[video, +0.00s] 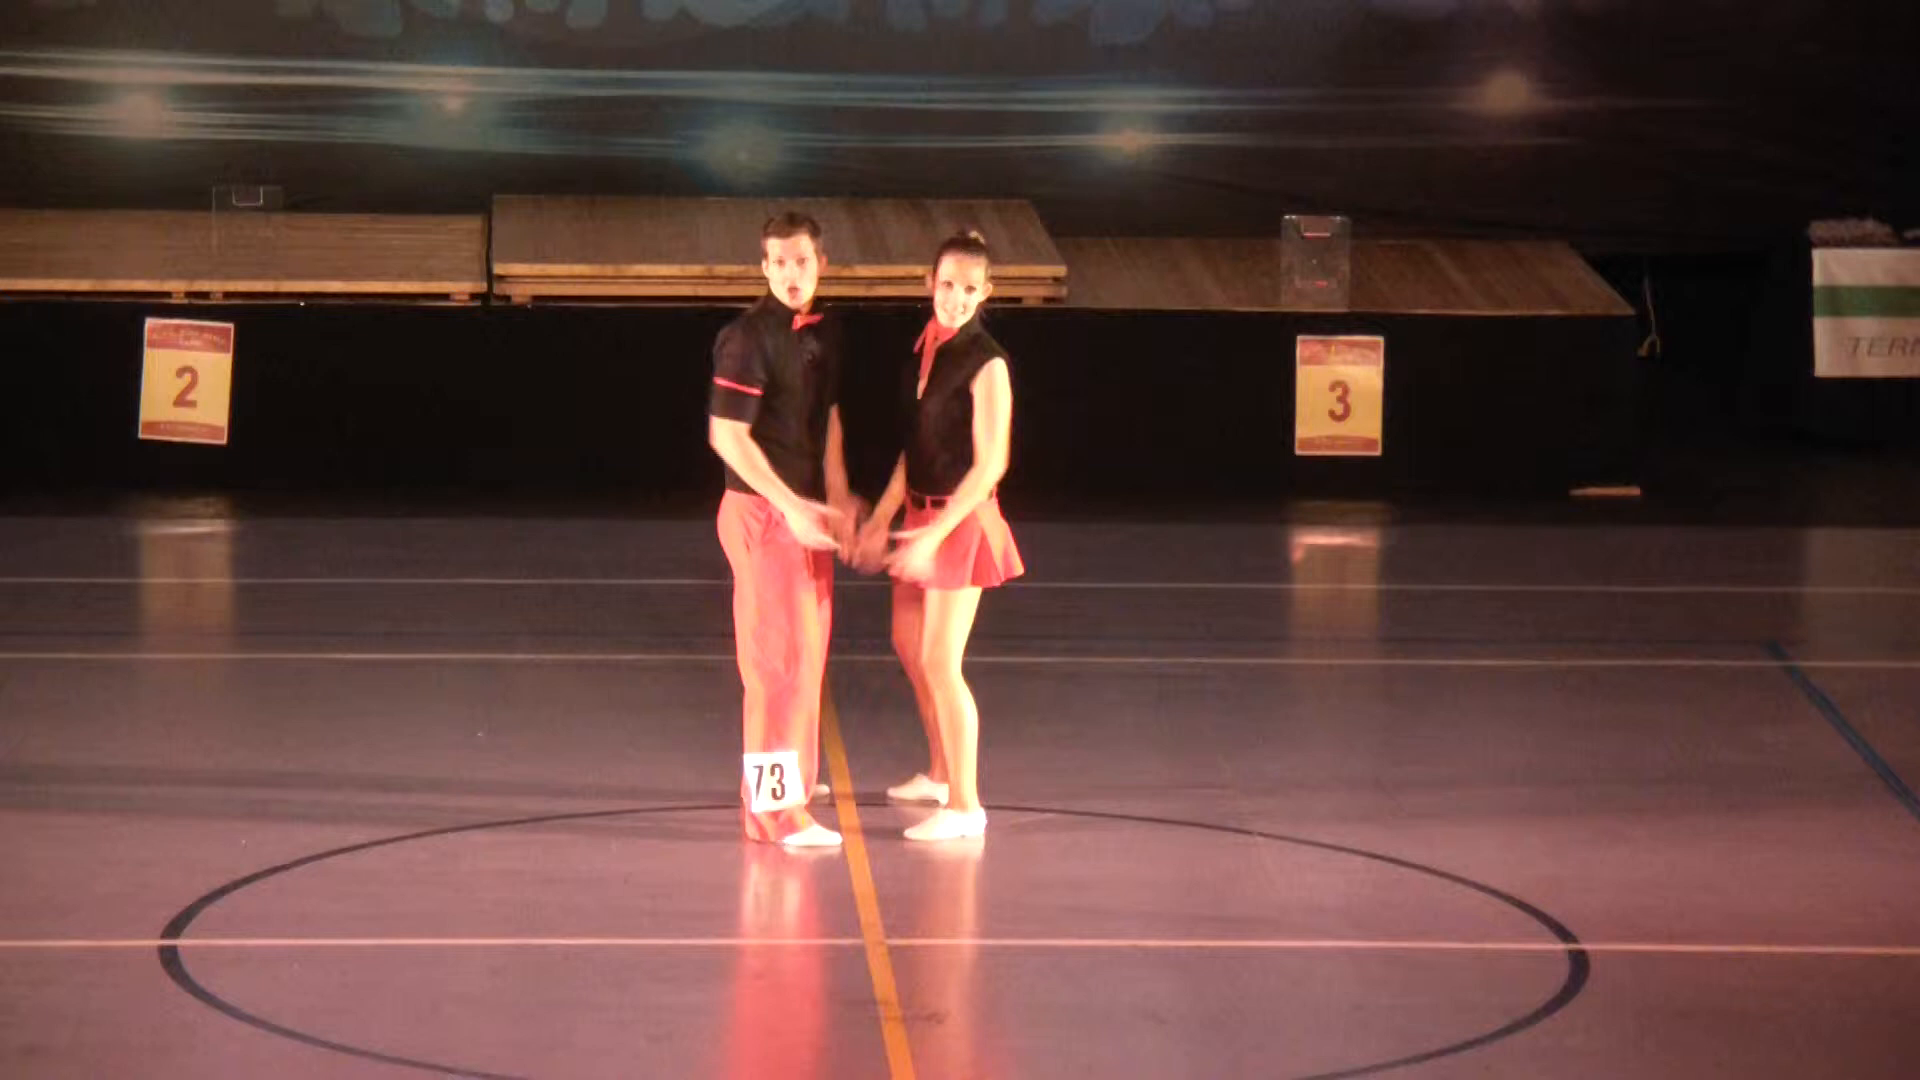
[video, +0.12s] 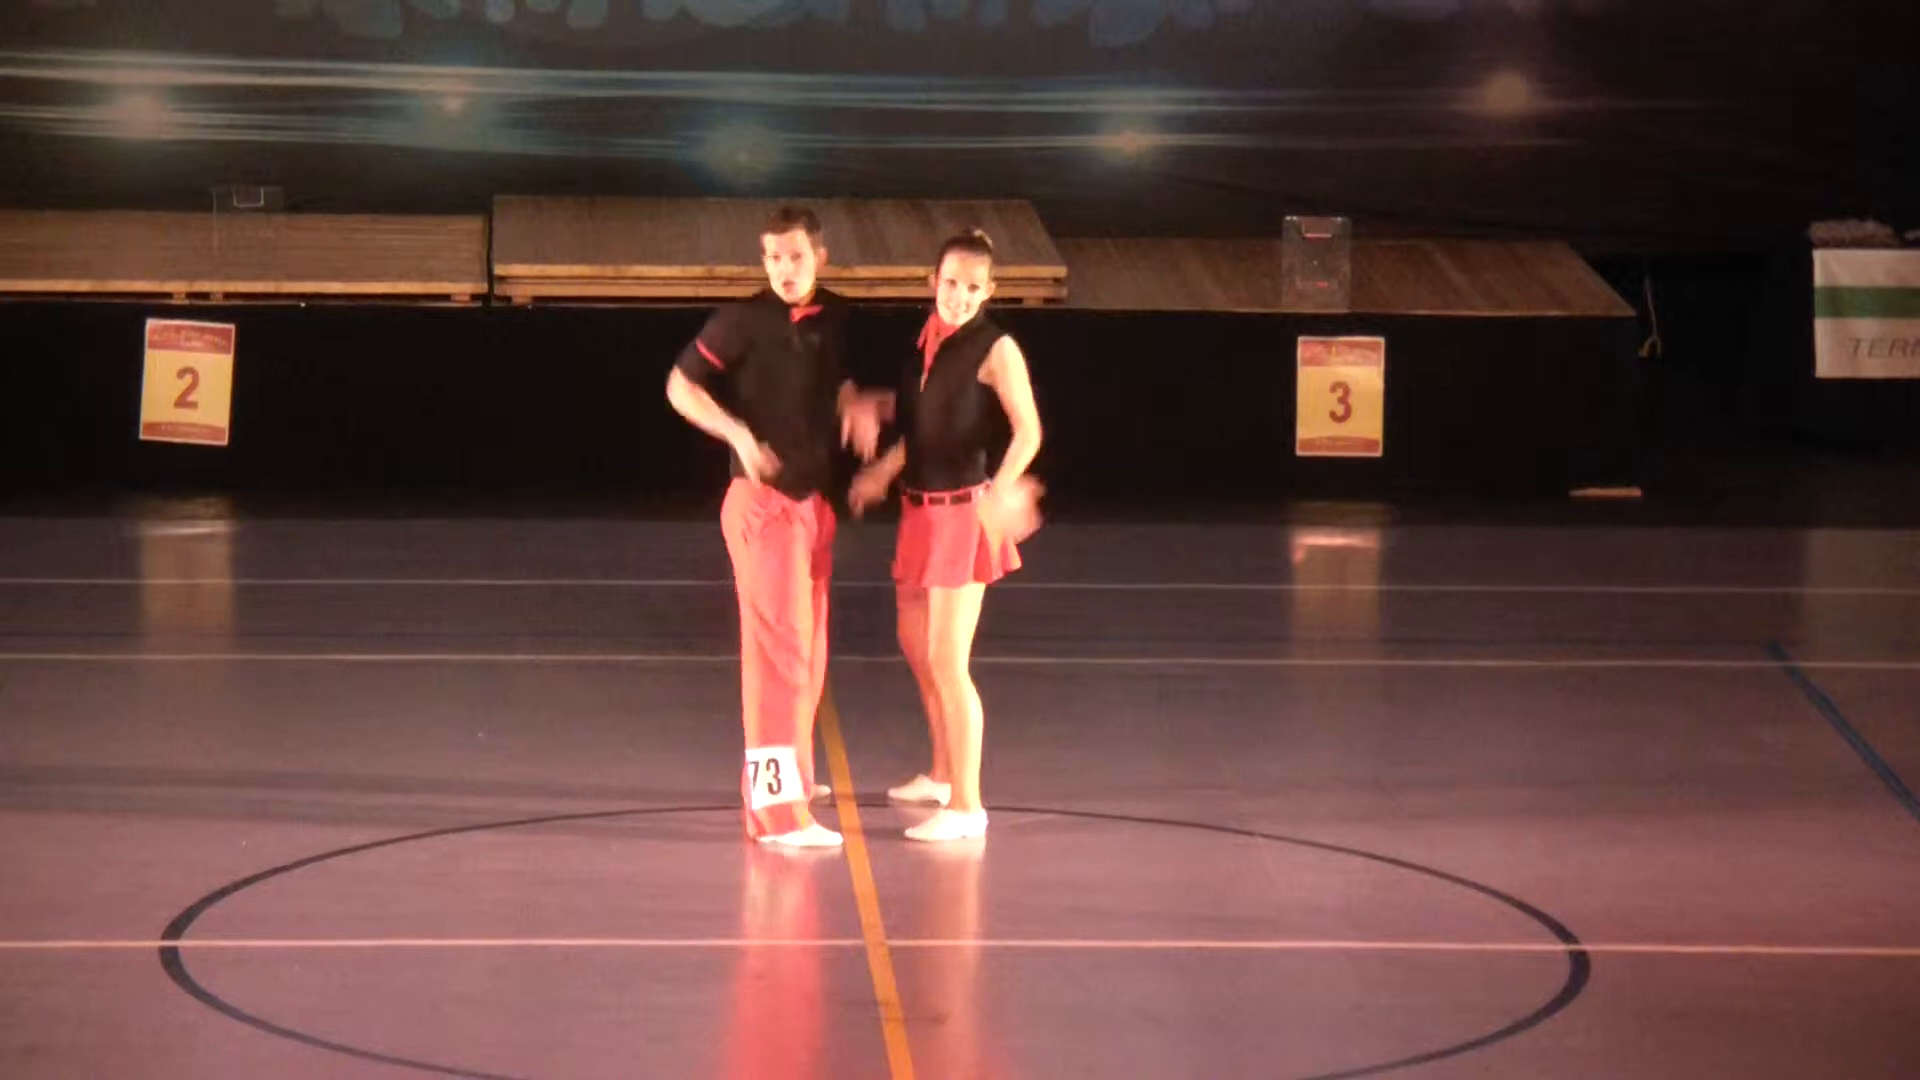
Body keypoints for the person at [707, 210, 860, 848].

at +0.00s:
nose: (792, 273)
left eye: (801, 260)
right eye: (780, 262)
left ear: (819, 263)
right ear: (764, 265)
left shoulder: (823, 336)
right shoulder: (746, 337)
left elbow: (828, 426)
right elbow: (726, 436)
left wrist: (839, 499)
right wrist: (792, 506)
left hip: (807, 512)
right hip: (758, 511)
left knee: (808, 657)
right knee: (771, 658)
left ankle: (793, 801)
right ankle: (766, 806)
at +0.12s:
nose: (785, 268)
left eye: (795, 255)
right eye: (775, 257)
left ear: (820, 255)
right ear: (763, 260)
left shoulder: (835, 321)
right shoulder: (741, 321)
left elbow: (840, 387)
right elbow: (681, 386)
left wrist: (856, 404)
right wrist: (739, 437)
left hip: (814, 507)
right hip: (761, 506)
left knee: (806, 654)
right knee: (783, 653)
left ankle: (791, 797)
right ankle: (772, 808)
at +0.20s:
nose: (777, 270)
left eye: (788, 256)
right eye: (767, 258)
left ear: (815, 255)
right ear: (758, 258)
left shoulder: (833, 310)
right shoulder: (736, 308)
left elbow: (847, 391)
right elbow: (669, 342)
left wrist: (866, 350)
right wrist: (696, 371)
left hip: (812, 503)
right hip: (759, 502)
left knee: (797, 647)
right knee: (766, 646)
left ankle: (789, 794)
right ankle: (769, 807)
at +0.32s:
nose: (774, 272)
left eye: (785, 259)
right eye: (765, 260)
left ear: (813, 257)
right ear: (755, 261)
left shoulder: (834, 312)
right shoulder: (732, 314)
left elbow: (840, 390)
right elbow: (673, 358)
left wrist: (864, 374)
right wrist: (691, 381)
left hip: (809, 502)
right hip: (752, 501)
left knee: (788, 649)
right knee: (761, 647)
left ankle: (776, 784)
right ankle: (763, 807)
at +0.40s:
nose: (779, 270)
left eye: (790, 257)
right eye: (769, 259)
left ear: (816, 258)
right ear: (758, 261)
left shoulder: (833, 314)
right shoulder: (732, 313)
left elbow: (843, 392)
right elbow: (671, 368)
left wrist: (853, 388)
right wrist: (705, 406)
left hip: (804, 501)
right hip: (749, 500)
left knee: (788, 641)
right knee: (763, 641)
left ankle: (774, 781)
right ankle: (757, 804)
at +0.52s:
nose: (832, 283)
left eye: (834, 272)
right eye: (820, 273)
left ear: (831, 277)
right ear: (781, 277)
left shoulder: (816, 340)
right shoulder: (743, 338)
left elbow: (811, 415)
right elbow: (674, 411)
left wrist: (853, 472)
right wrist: (726, 479)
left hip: (806, 519)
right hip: (750, 519)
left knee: (826, 647)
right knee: (788, 651)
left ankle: (783, 785)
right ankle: (754, 810)